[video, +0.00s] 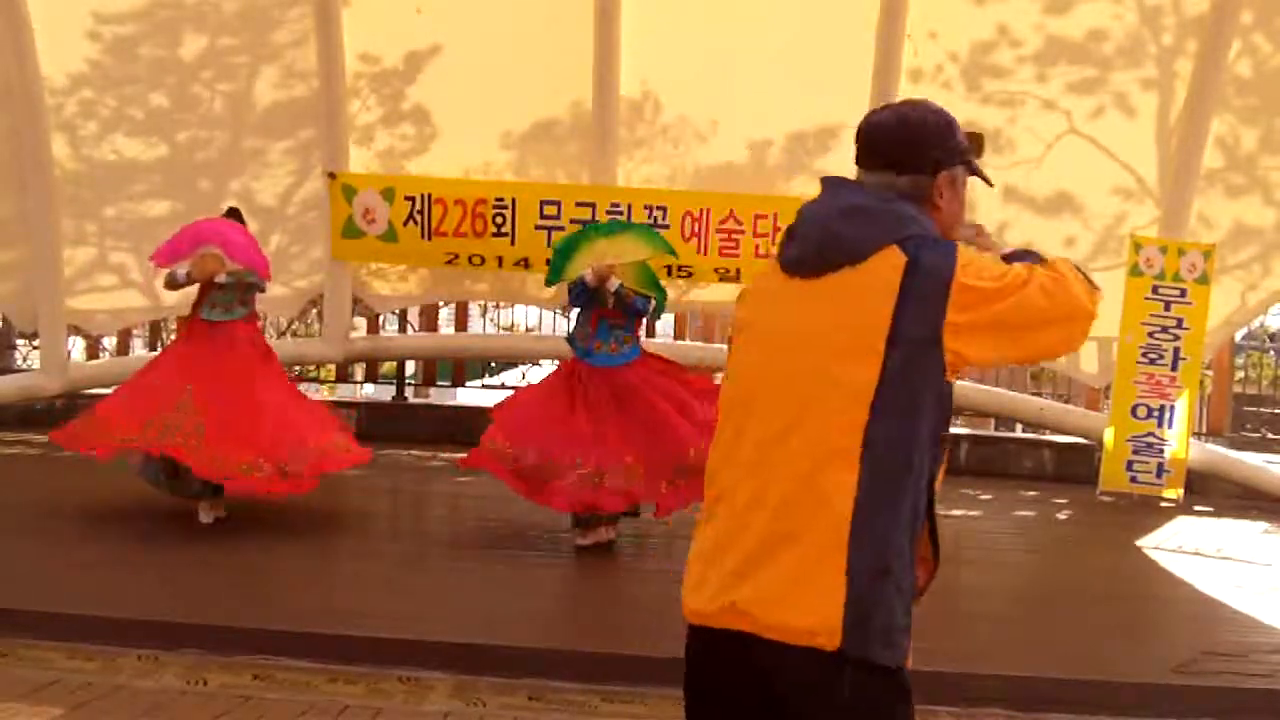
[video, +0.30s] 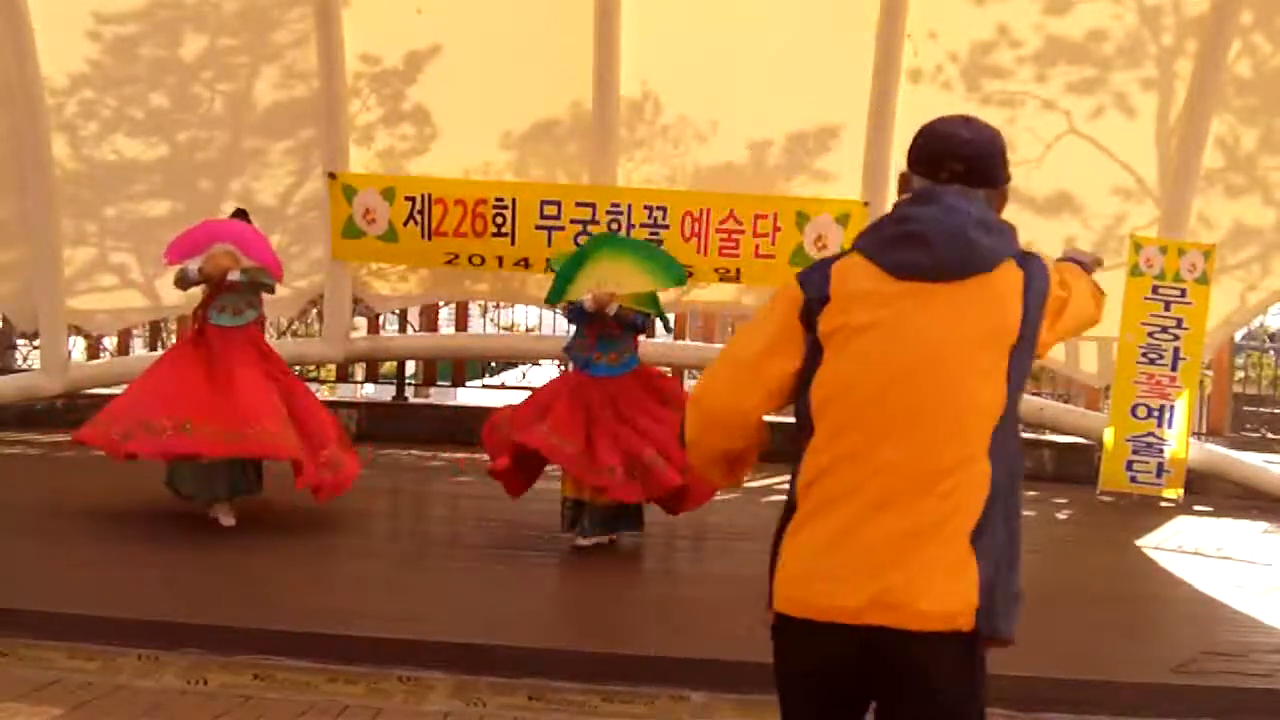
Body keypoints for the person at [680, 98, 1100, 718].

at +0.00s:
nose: (967, 206)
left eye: (968, 187)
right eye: (967, 187)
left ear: (866, 177)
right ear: (942, 189)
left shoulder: (771, 274)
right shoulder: (929, 272)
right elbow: (1068, 303)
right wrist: (993, 254)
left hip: (718, 620)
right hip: (833, 633)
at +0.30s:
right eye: (1003, 195)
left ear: (905, 188)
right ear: (999, 199)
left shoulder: (826, 282)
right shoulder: (1025, 289)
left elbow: (717, 410)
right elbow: (1078, 296)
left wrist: (731, 464)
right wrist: (1080, 266)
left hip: (814, 611)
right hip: (937, 622)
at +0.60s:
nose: (876, 234)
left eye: (879, 221)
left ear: (885, 222)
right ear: (971, 225)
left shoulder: (842, 310)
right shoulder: (1012, 307)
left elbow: (755, 452)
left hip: (870, 629)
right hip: (985, 630)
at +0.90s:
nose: (910, 256)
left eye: (910, 242)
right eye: (910, 242)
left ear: (919, 241)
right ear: (990, 246)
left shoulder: (926, 330)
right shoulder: (1036, 321)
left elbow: (840, 476)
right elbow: (961, 300)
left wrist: (855, 378)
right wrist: (889, 290)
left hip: (953, 653)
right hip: (1041, 646)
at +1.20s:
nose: (950, 265)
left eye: (951, 249)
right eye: (952, 248)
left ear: (963, 251)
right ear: (1031, 256)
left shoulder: (972, 331)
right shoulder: (1065, 339)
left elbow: (870, 436)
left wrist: (788, 521)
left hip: (983, 654)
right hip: (1063, 653)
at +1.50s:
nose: (976, 227)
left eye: (979, 212)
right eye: (979, 212)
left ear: (992, 219)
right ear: (1064, 225)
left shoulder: (984, 310)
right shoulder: (1126, 329)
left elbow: (854, 386)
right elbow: (1150, 436)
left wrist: (735, 397)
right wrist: (1074, 431)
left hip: (972, 628)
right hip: (1065, 632)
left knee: (919, 711)